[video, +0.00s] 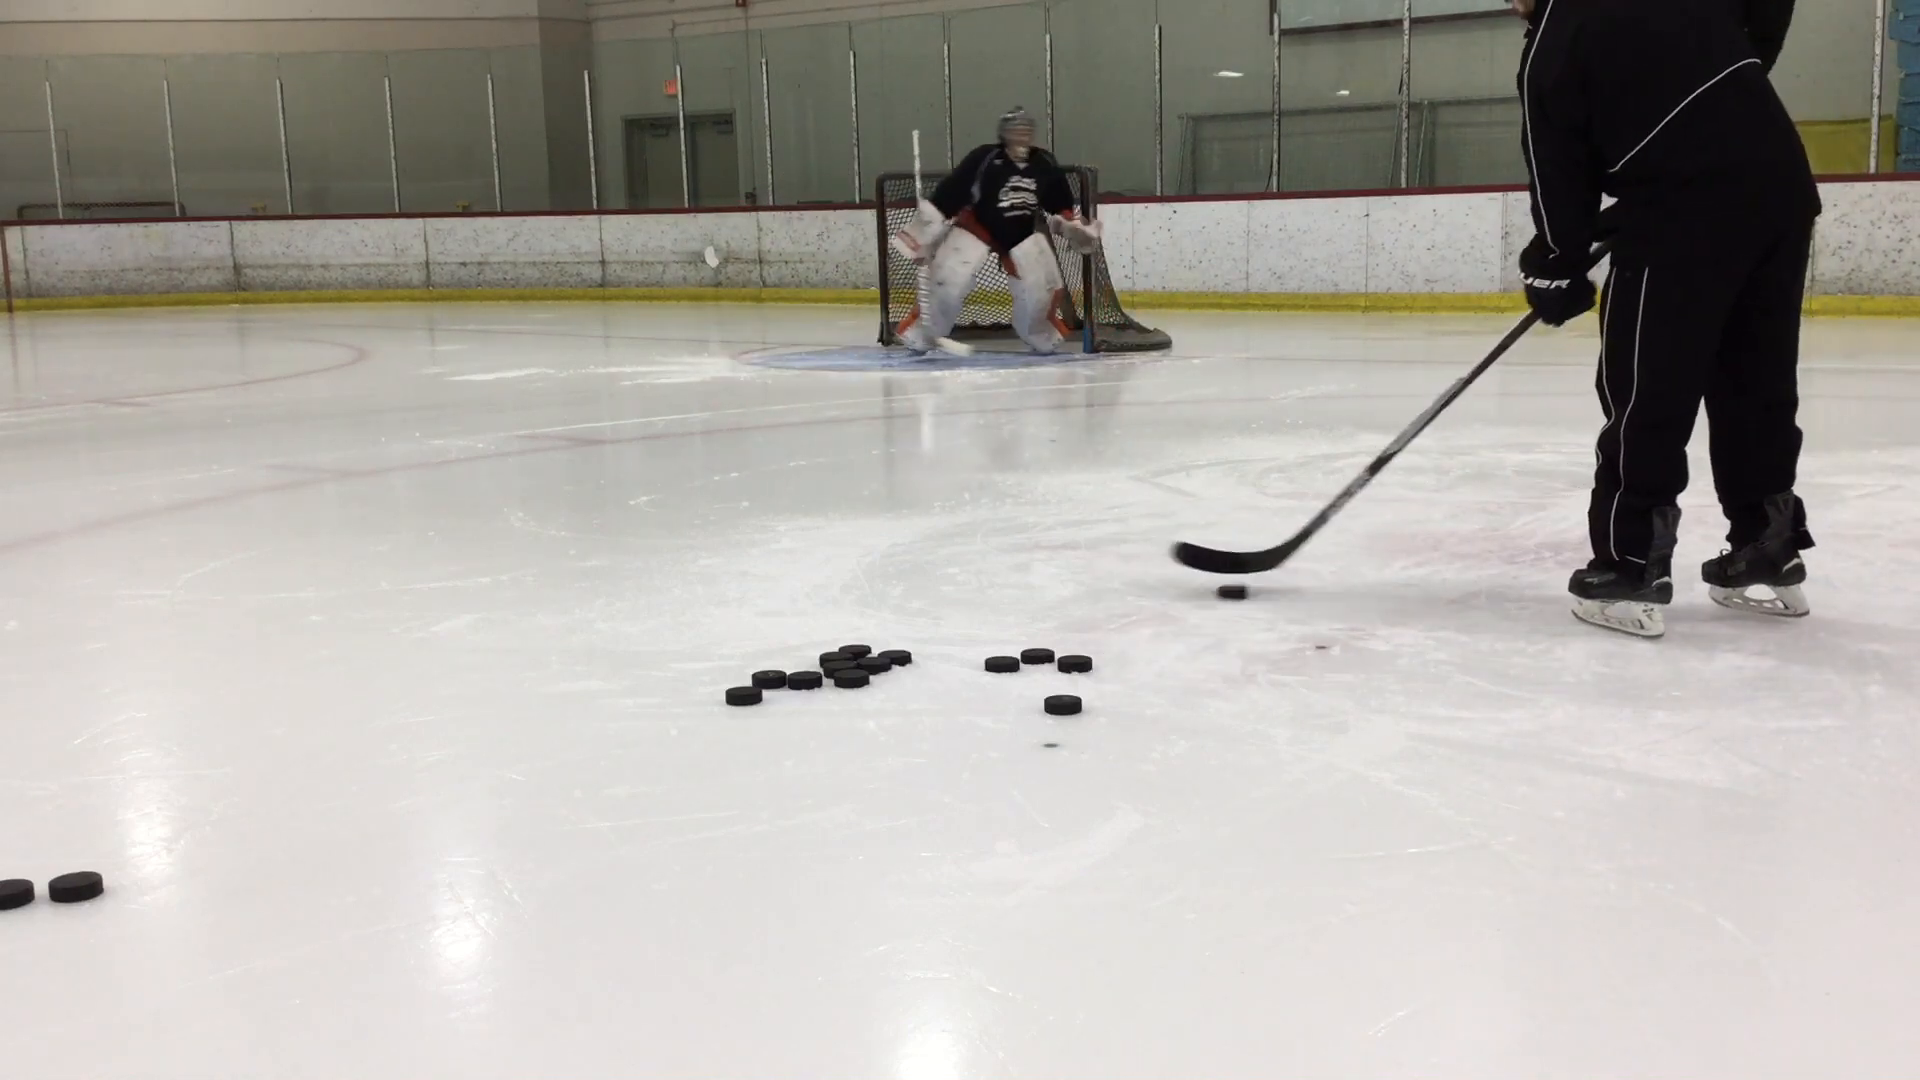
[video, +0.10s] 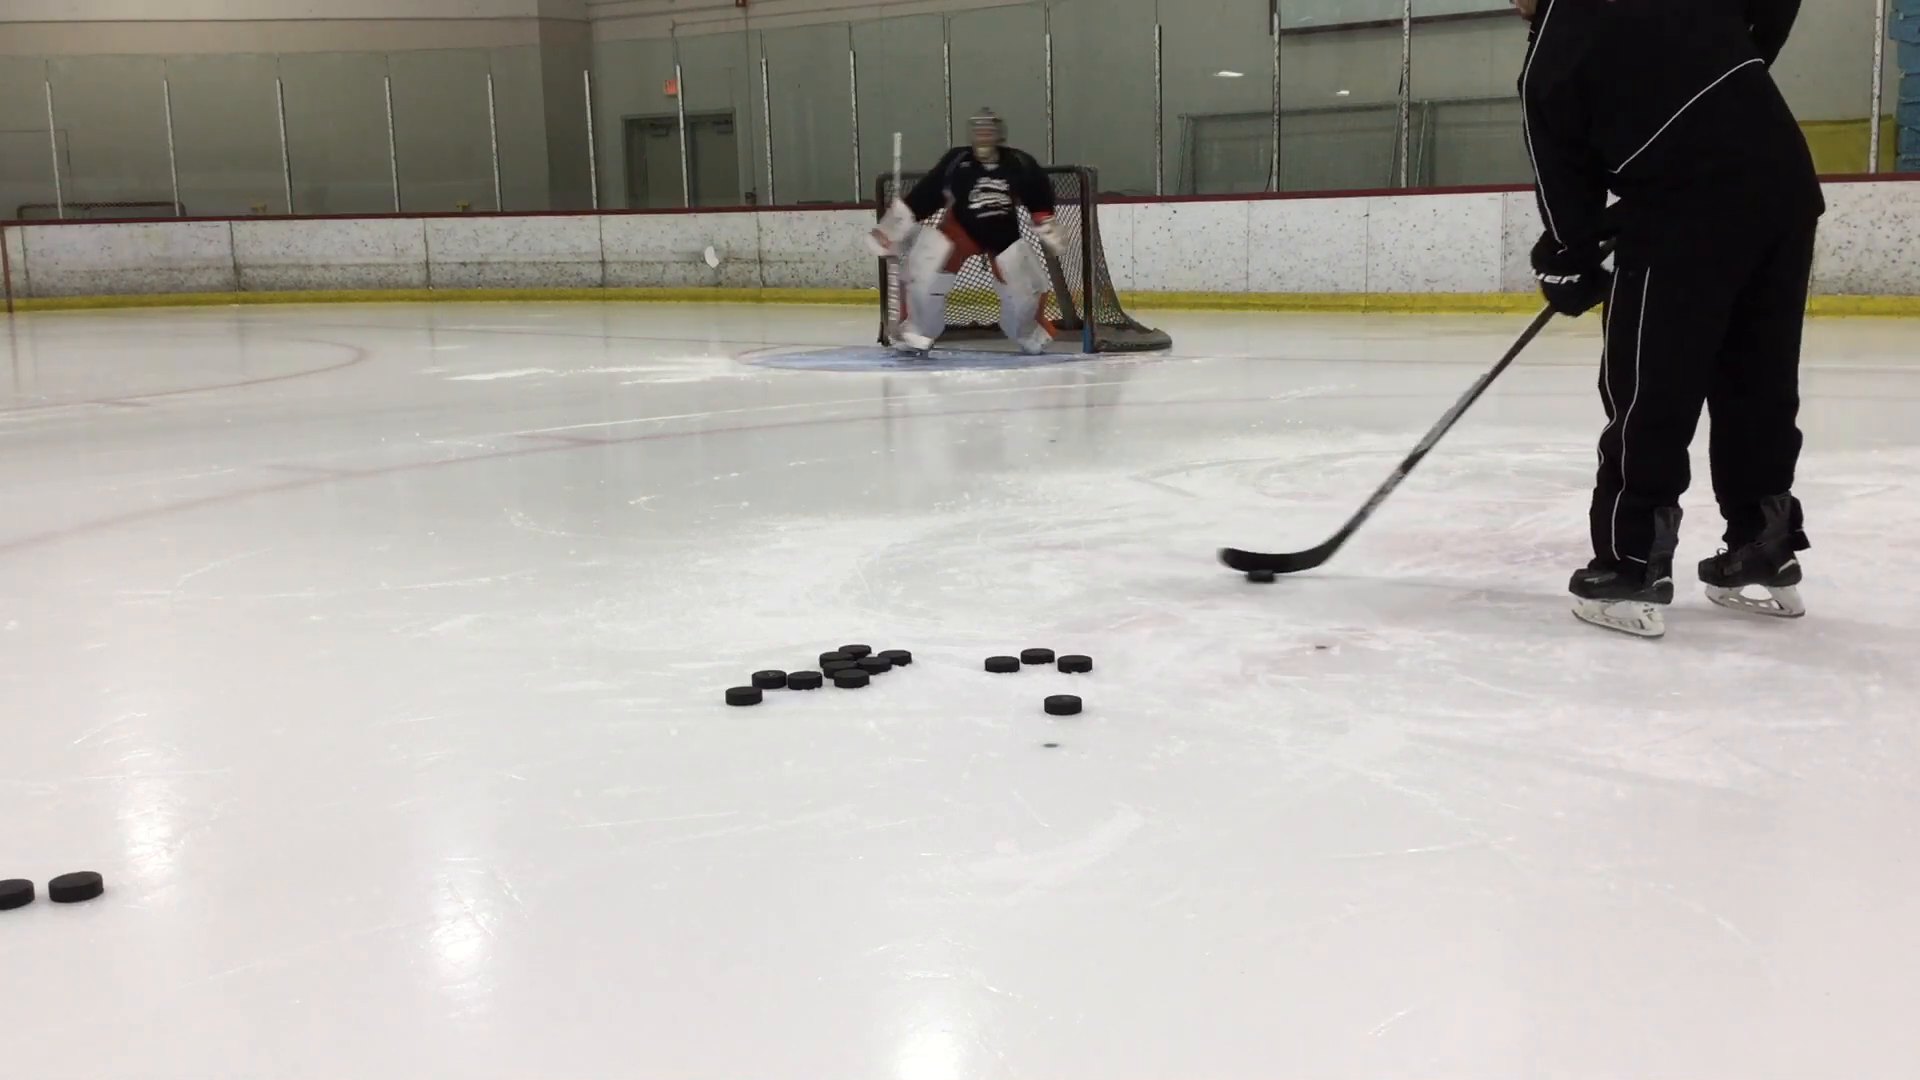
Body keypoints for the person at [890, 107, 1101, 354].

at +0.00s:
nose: (1024, 138)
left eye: (1027, 133)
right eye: (1017, 133)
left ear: (1032, 135)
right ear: (1004, 135)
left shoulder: (1044, 164)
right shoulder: (984, 159)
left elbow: (1061, 205)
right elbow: (947, 196)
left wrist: (1071, 228)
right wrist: (922, 234)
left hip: (1024, 235)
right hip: (977, 228)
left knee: (1040, 286)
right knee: (949, 279)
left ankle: (1039, 336)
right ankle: (925, 334)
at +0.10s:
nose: (983, 137)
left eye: (989, 132)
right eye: (979, 132)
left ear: (999, 135)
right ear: (972, 135)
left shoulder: (1018, 163)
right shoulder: (957, 161)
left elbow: (1039, 199)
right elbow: (924, 195)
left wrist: (1048, 230)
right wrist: (892, 227)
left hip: (1004, 236)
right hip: (959, 232)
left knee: (1025, 290)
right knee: (925, 276)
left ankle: (1025, 333)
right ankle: (920, 335)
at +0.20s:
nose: (941, 138)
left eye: (947, 132)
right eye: (937, 133)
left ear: (959, 135)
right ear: (932, 135)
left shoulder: (984, 162)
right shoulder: (922, 164)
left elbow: (1010, 190)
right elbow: (895, 198)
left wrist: (1012, 224)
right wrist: (868, 227)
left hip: (977, 237)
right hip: (936, 234)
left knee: (1008, 290)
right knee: (905, 281)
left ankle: (1015, 331)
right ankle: (917, 336)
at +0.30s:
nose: (901, 139)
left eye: (907, 133)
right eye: (898, 133)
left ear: (921, 134)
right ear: (894, 134)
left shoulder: (950, 161)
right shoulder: (889, 164)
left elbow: (977, 193)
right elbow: (870, 195)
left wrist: (974, 231)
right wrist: (847, 226)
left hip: (951, 235)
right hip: (909, 236)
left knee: (973, 278)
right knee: (882, 280)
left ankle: (1015, 330)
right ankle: (898, 335)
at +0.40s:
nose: (871, 137)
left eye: (877, 131)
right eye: (869, 131)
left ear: (892, 132)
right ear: (866, 131)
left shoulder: (920, 159)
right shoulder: (861, 159)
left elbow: (949, 191)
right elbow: (848, 195)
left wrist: (943, 230)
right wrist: (831, 225)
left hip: (925, 229)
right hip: (883, 231)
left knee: (942, 278)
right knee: (863, 281)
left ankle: (994, 327)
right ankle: (875, 336)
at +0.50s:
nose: (849, 131)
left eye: (854, 125)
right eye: (846, 125)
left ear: (869, 127)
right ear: (842, 126)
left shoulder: (894, 154)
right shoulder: (837, 152)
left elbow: (924, 187)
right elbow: (830, 189)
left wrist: (913, 229)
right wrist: (815, 223)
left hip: (890, 237)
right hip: (854, 234)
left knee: (908, 294)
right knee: (841, 286)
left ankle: (954, 329)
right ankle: (855, 338)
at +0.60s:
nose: (831, 125)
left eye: (837, 119)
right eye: (828, 119)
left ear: (851, 122)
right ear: (824, 121)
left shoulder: (875, 153)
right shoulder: (818, 149)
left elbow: (901, 192)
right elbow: (810, 191)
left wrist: (884, 231)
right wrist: (796, 228)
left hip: (869, 238)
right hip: (830, 234)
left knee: (878, 295)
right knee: (822, 289)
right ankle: (833, 341)